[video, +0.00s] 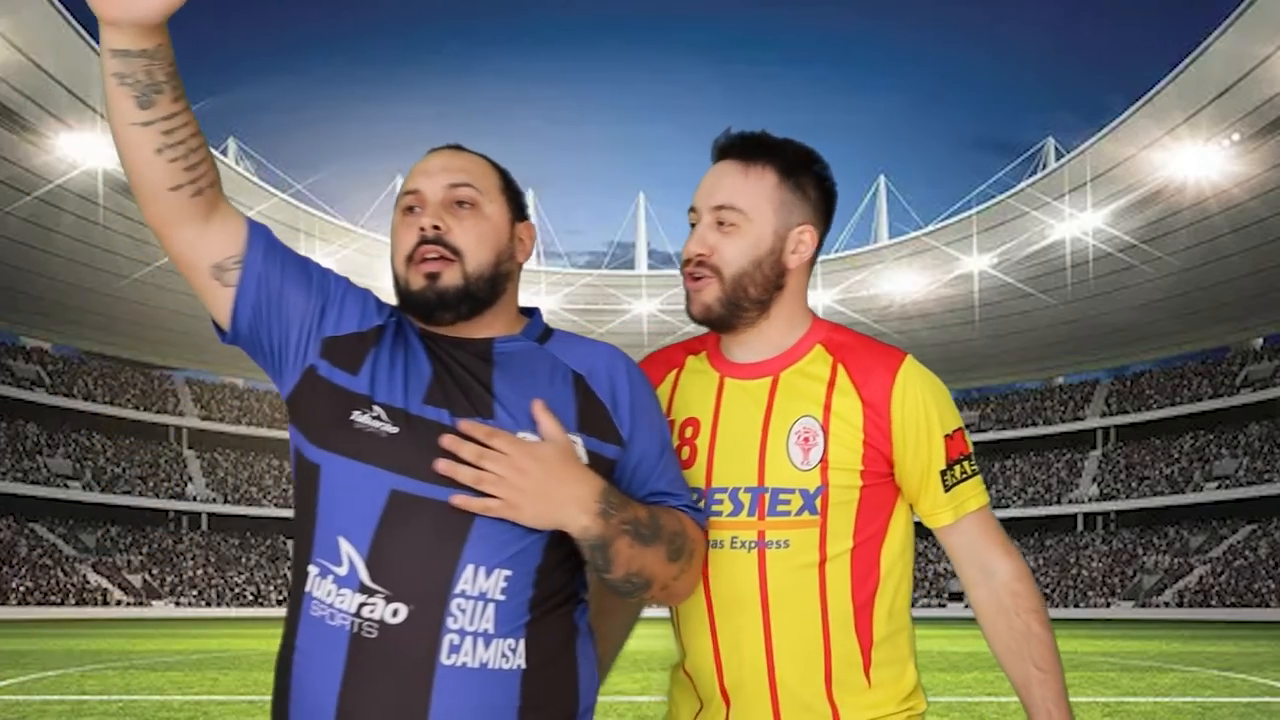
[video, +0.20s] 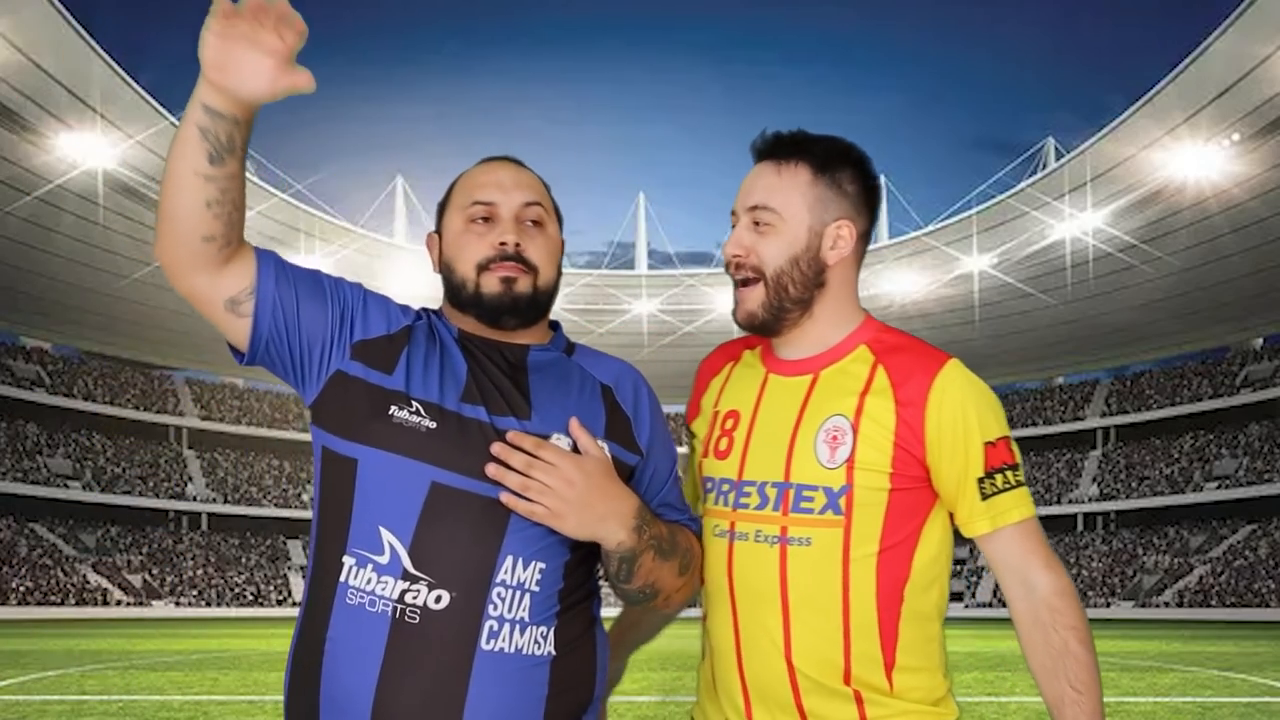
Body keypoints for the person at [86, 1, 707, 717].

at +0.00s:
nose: (427, 219)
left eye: (463, 202)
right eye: (410, 207)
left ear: (522, 241)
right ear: (388, 241)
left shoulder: (606, 385)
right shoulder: (327, 332)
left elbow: (674, 574)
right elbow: (191, 208)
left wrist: (592, 508)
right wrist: (131, 33)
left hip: (522, 708)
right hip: (327, 704)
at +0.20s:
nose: (509, 234)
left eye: (533, 219)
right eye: (481, 217)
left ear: (561, 252)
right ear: (436, 247)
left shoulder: (619, 396)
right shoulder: (352, 334)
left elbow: (674, 578)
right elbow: (202, 259)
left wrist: (620, 522)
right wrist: (221, 104)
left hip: (544, 712)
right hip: (345, 708)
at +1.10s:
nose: (597, 268)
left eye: (599, 250)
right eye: (569, 246)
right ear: (495, 257)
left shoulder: (632, 378)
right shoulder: (385, 371)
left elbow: (670, 529)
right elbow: (303, 533)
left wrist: (668, 642)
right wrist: (324, 690)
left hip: (585, 704)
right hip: (415, 704)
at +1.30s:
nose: (611, 272)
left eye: (610, 251)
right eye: (583, 248)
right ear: (505, 257)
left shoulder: (624, 371)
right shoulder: (388, 366)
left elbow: (651, 526)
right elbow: (304, 537)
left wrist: (659, 642)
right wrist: (328, 684)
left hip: (582, 709)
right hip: (412, 708)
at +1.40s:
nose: (602, 275)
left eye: (601, 254)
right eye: (576, 251)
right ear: (497, 256)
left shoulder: (605, 373)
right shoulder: (376, 365)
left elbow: (637, 525)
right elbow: (277, 539)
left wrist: (649, 644)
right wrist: (319, 697)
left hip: (573, 707)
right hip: (403, 708)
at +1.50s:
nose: (583, 279)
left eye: (580, 255)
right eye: (559, 253)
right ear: (478, 256)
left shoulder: (576, 377)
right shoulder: (351, 368)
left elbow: (612, 535)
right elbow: (241, 548)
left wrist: (635, 659)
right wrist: (305, 707)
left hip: (551, 705)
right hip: (382, 705)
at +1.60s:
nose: (558, 278)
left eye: (553, 253)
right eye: (535, 251)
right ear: (453, 253)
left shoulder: (542, 374)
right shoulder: (315, 368)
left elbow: (578, 535)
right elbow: (205, 556)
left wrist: (609, 668)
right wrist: (275, 711)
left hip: (522, 709)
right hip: (351, 710)